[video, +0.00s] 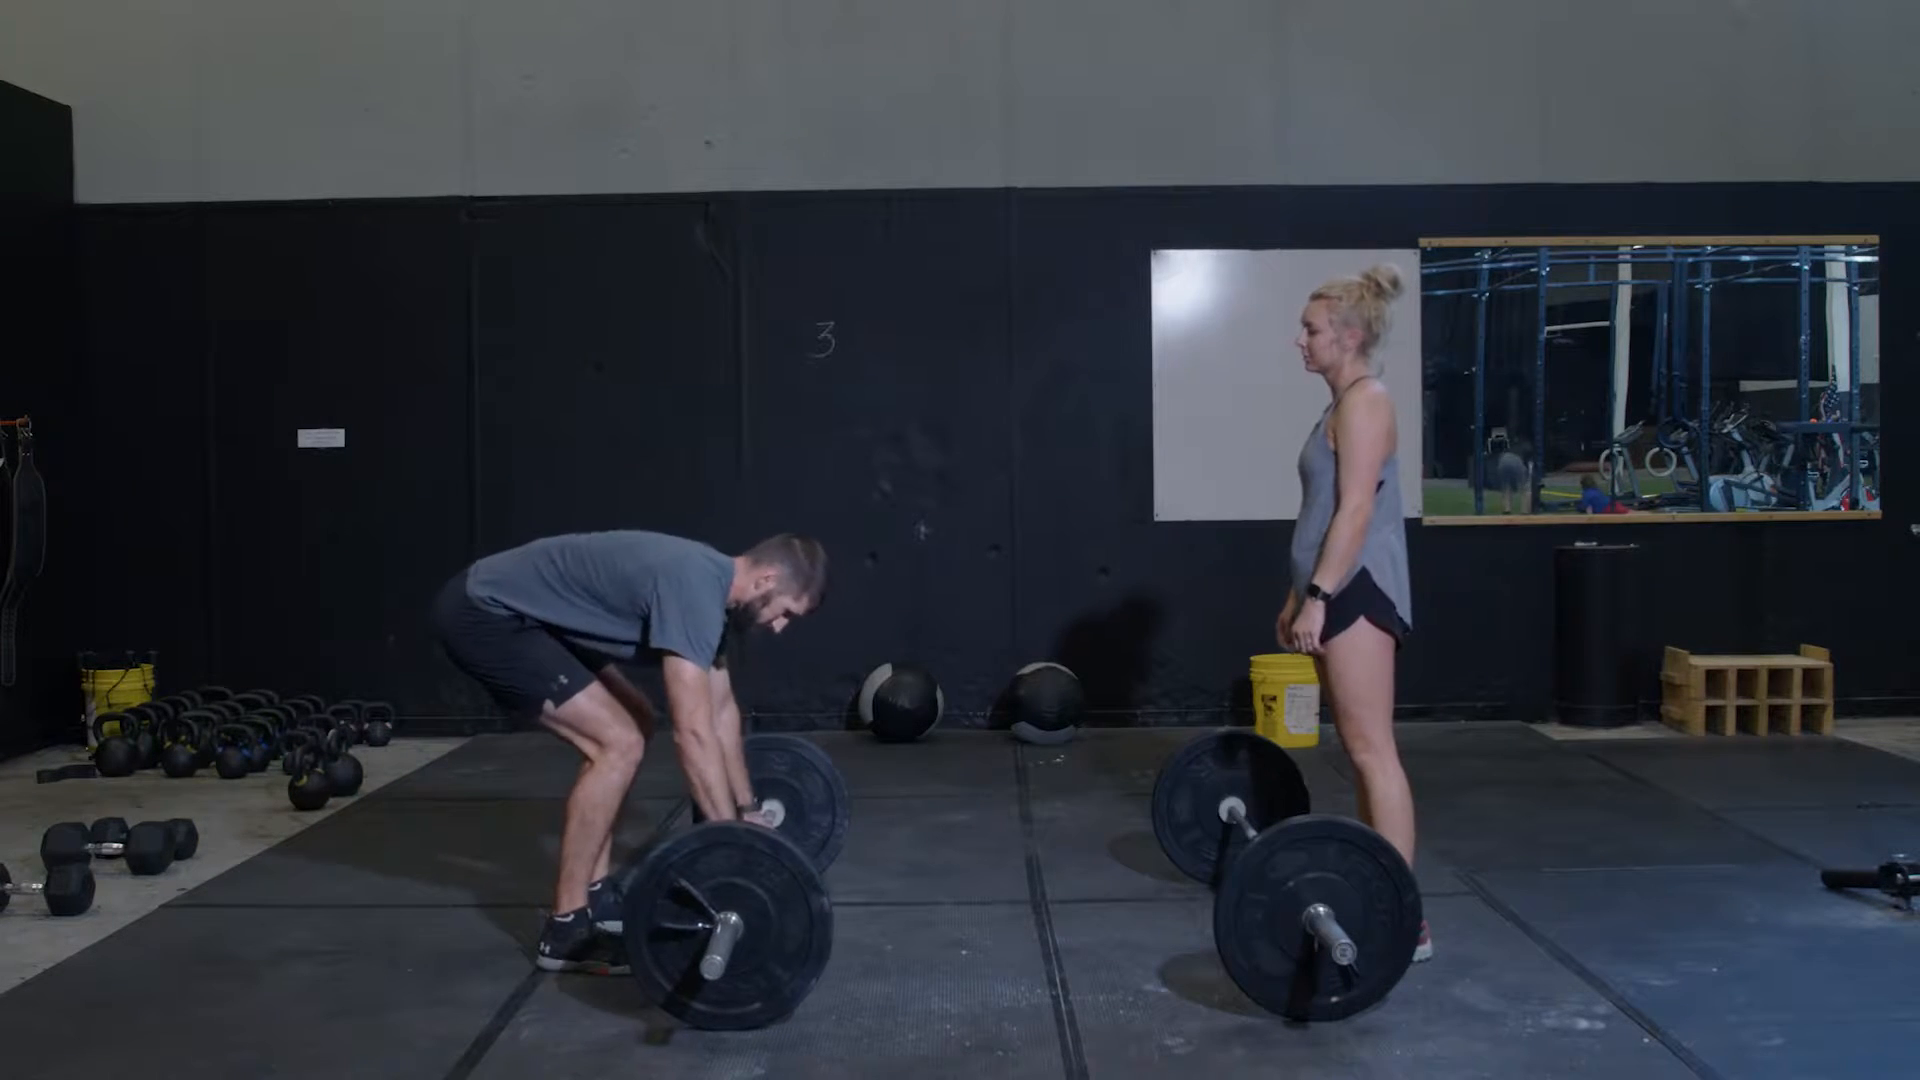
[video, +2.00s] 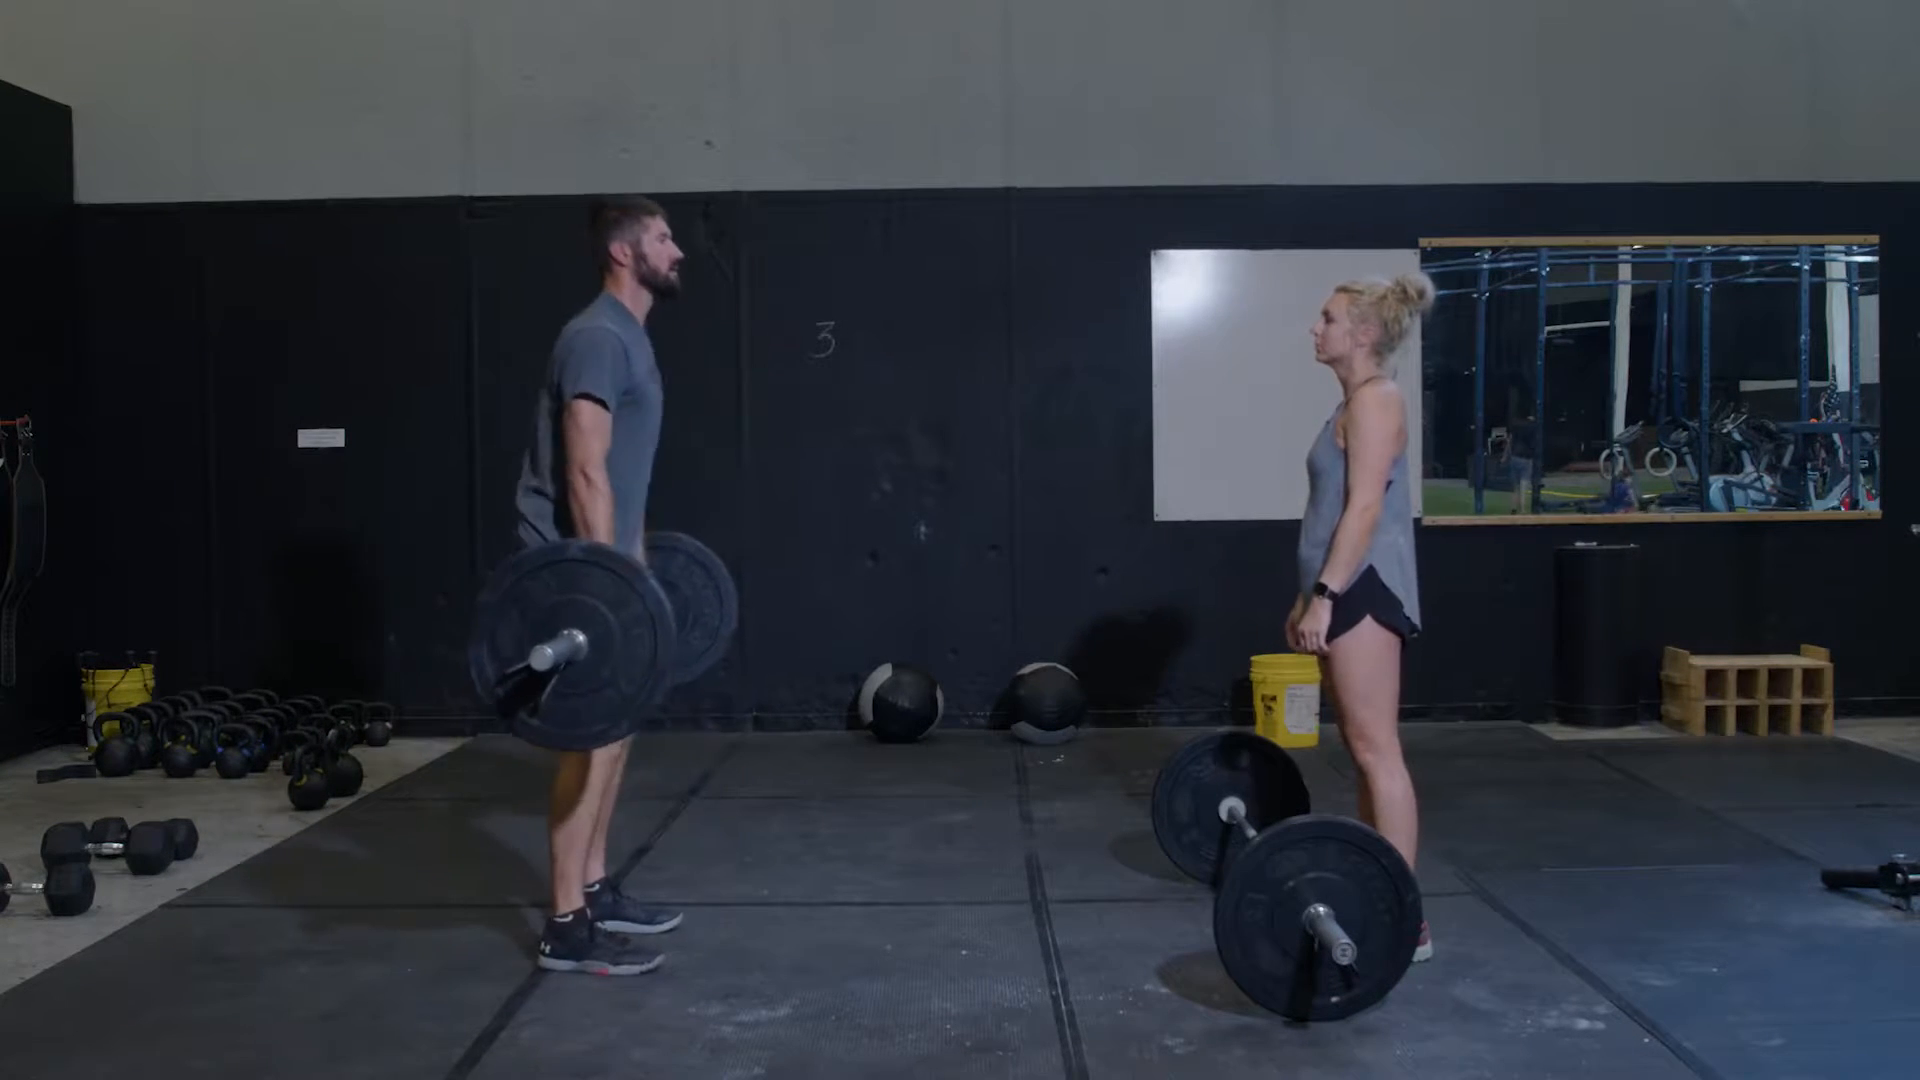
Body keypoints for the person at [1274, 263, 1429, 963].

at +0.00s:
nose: (1301, 341)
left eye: (1312, 330)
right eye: (1303, 329)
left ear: (1351, 337)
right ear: (1342, 339)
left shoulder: (1365, 403)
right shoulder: (1341, 407)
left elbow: (1356, 511)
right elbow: (1326, 515)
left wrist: (1318, 595)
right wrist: (1299, 594)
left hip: (1361, 594)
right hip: (1340, 592)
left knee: (1373, 751)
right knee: (1364, 750)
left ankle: (1399, 911)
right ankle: (1385, 904)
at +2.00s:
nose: (1316, 329)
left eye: (1329, 320)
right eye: (1320, 318)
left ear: (1365, 333)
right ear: (1356, 334)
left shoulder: (1375, 400)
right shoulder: (1354, 403)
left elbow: (1365, 508)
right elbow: (1338, 512)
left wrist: (1325, 594)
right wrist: (1310, 594)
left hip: (1366, 593)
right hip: (1346, 592)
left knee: (1377, 749)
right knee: (1365, 748)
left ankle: (1399, 912)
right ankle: (1378, 901)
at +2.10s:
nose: (1316, 329)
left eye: (1328, 320)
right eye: (1320, 318)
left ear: (1363, 334)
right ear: (1356, 335)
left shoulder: (1376, 401)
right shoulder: (1353, 403)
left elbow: (1365, 511)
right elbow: (1335, 514)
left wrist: (1326, 594)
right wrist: (1309, 592)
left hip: (1366, 592)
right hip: (1346, 591)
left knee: (1375, 749)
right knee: (1366, 748)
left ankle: (1399, 911)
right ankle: (1381, 903)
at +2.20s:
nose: (1315, 329)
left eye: (1328, 321)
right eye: (1320, 319)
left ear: (1363, 334)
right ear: (1356, 335)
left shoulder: (1375, 401)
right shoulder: (1353, 403)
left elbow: (1366, 512)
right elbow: (1334, 513)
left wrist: (1327, 596)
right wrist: (1308, 592)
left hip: (1367, 593)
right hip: (1345, 592)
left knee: (1375, 751)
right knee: (1366, 750)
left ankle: (1399, 912)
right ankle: (1380, 903)